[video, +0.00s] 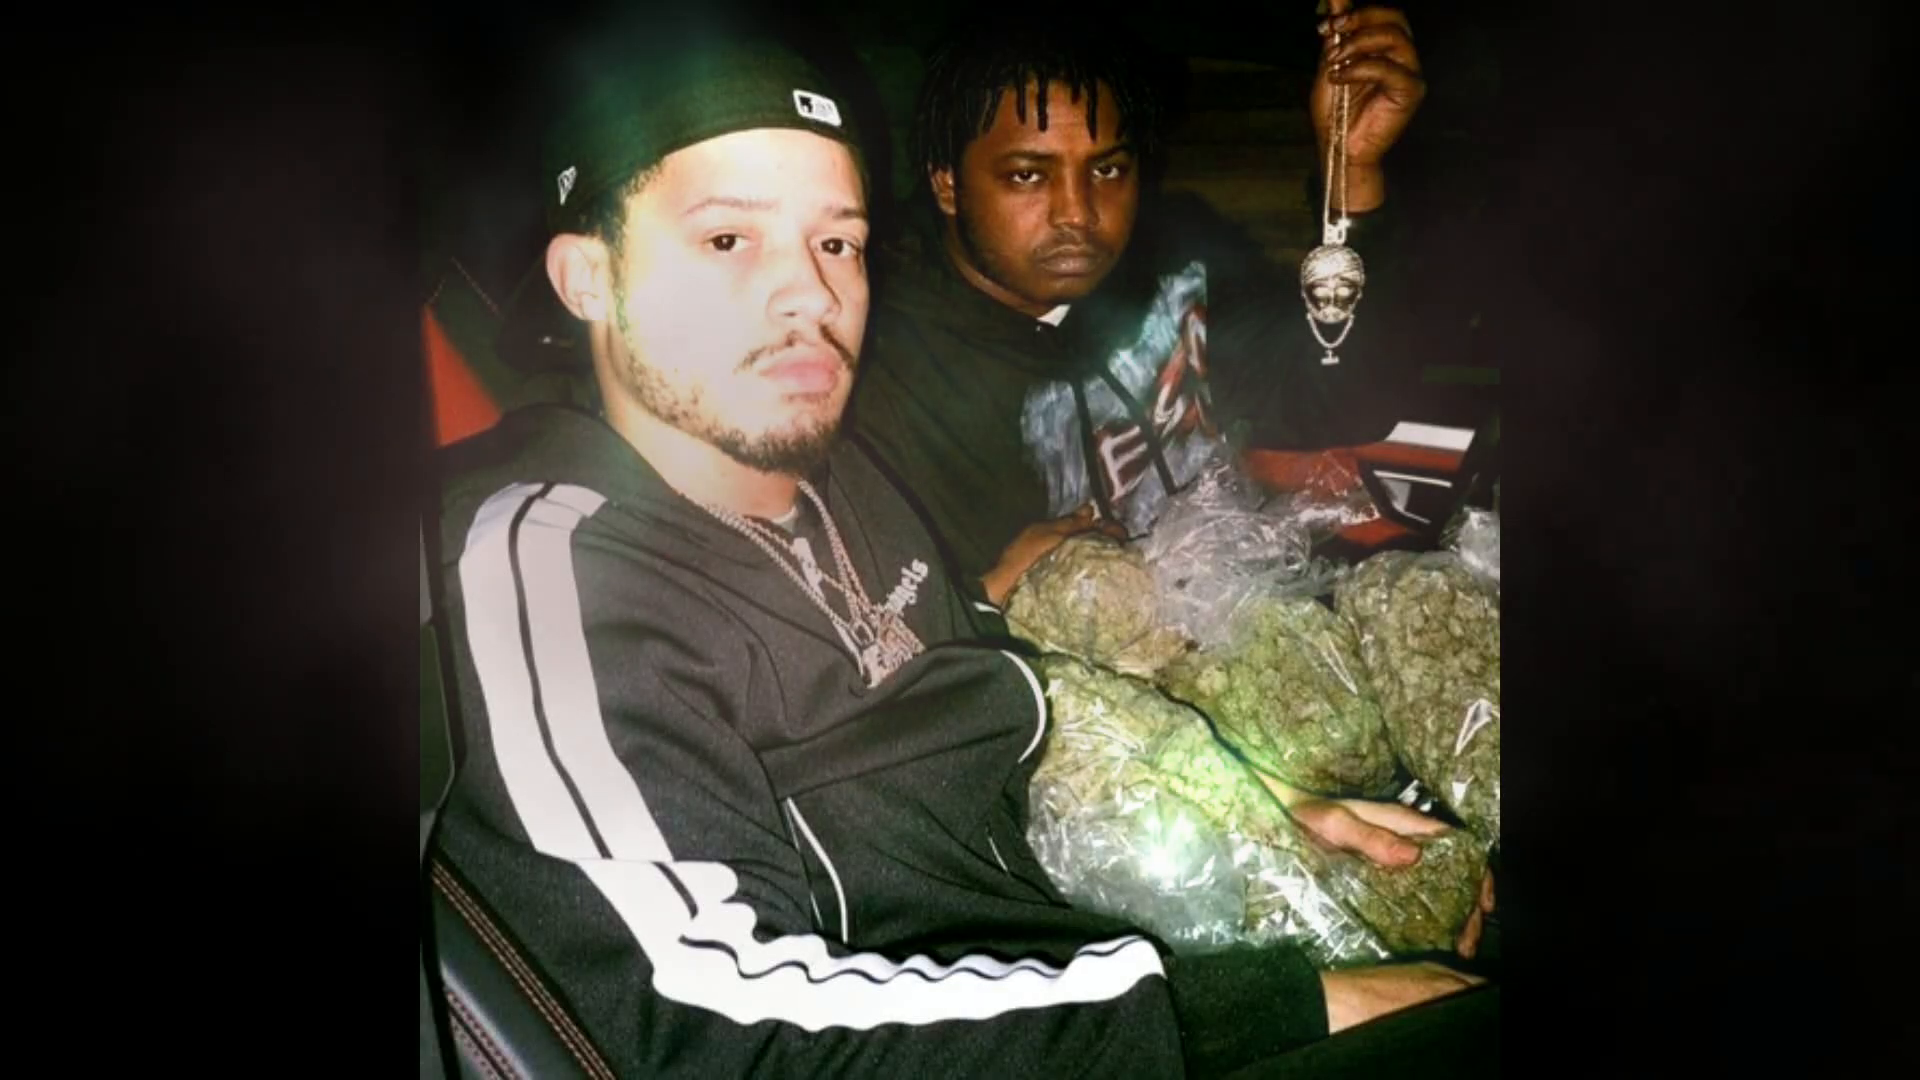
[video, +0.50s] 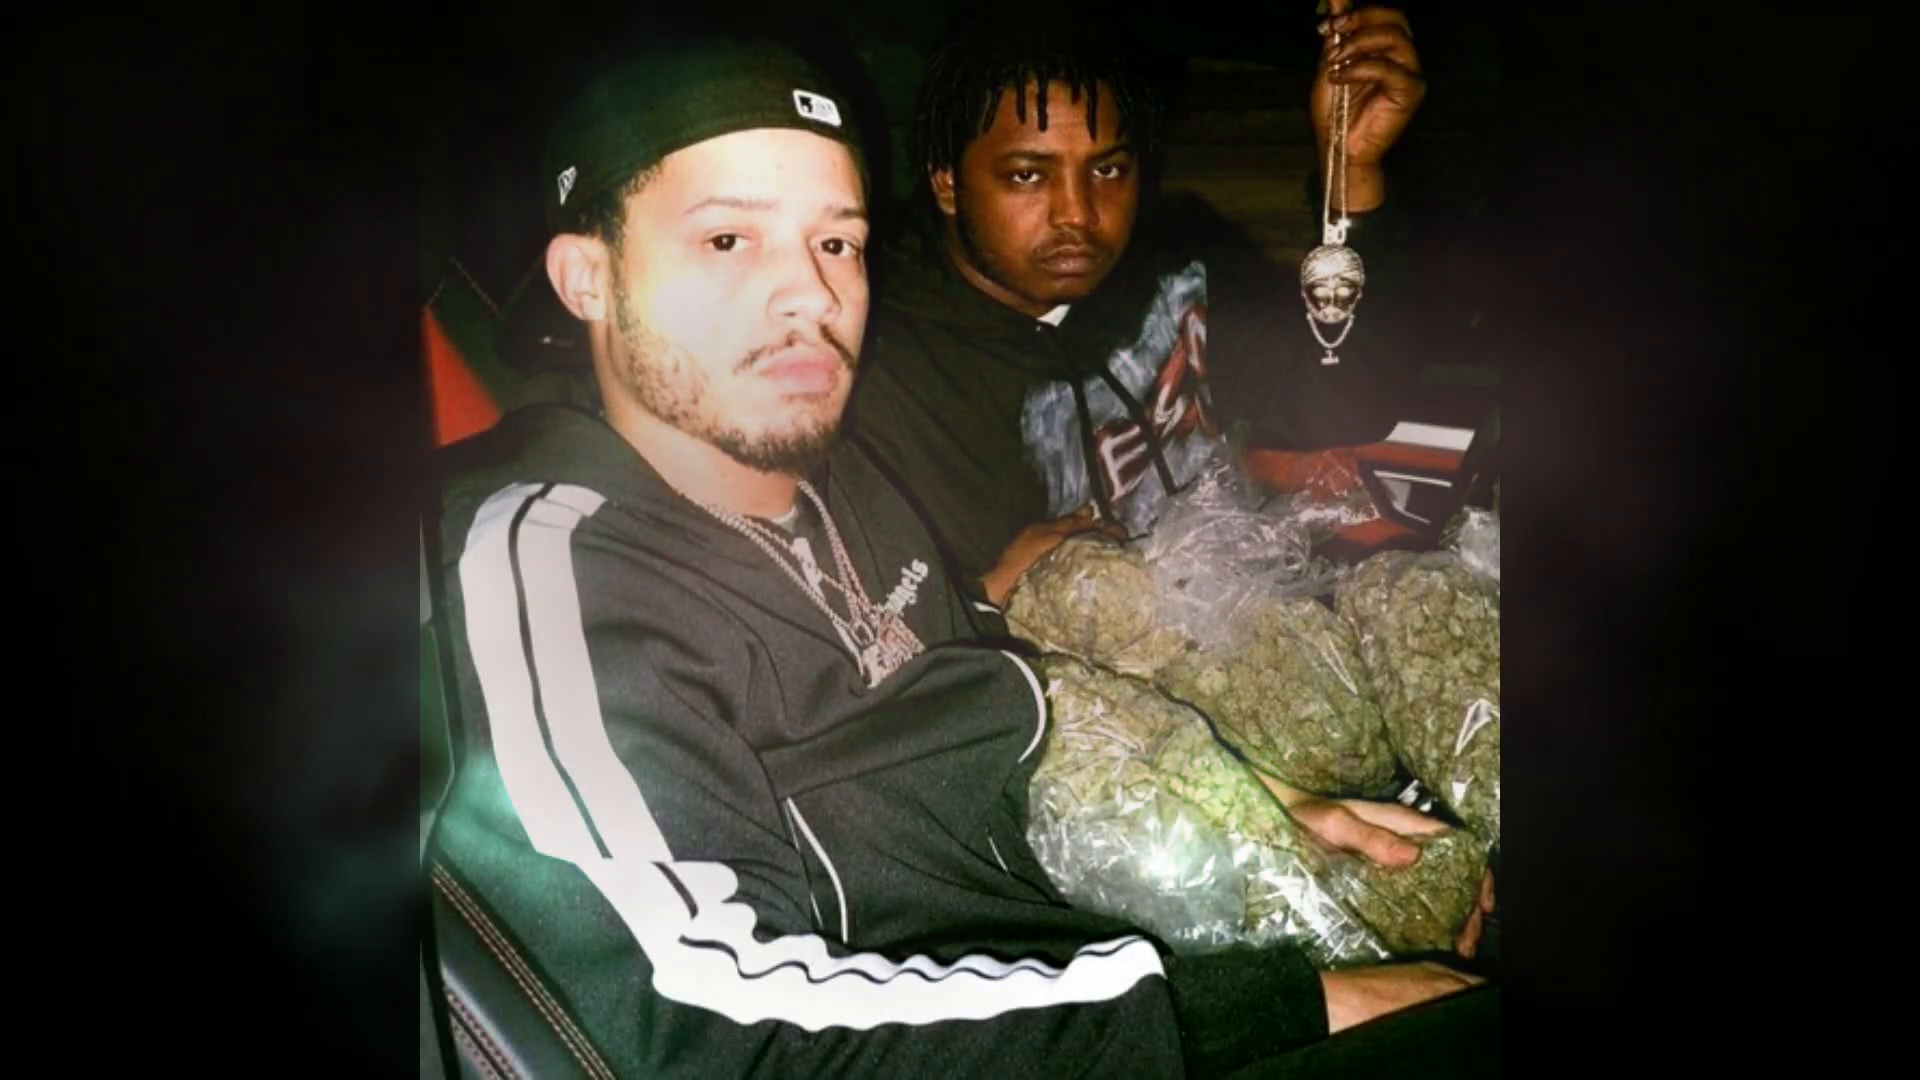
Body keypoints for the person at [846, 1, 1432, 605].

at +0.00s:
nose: (1077, 216)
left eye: (1108, 170)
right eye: (1029, 175)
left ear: (1140, 171)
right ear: (945, 188)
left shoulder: (1179, 249)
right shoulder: (898, 371)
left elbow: (1340, 408)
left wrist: (1352, 172)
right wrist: (994, 590)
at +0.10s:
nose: (1078, 216)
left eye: (1108, 171)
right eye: (1029, 175)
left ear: (1141, 171)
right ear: (945, 188)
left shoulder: (1177, 248)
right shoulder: (899, 376)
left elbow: (1348, 405)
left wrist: (1352, 172)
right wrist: (995, 592)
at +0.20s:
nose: (1078, 216)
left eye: (1108, 170)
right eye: (1029, 175)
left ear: (1140, 171)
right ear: (946, 187)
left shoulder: (1177, 249)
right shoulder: (899, 373)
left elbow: (1347, 405)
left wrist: (1352, 172)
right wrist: (996, 589)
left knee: (1432, 605)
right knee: (1079, 579)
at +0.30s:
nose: (1076, 217)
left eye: (1107, 171)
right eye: (1027, 176)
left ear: (1139, 171)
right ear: (947, 188)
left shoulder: (1184, 253)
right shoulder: (894, 363)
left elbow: (1342, 414)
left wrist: (1353, 175)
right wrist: (988, 596)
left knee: (1421, 599)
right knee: (1076, 582)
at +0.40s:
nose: (1077, 217)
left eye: (1107, 171)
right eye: (1027, 176)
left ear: (1138, 171)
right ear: (946, 188)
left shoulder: (1182, 258)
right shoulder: (890, 364)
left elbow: (1339, 414)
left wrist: (1351, 176)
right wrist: (989, 592)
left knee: (1427, 601)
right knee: (1081, 579)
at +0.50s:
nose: (1077, 216)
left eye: (1108, 171)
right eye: (1029, 175)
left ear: (1142, 172)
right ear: (946, 188)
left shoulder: (1179, 256)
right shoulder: (898, 365)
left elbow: (1350, 409)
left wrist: (1351, 171)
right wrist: (993, 589)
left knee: (1424, 597)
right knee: (1077, 580)